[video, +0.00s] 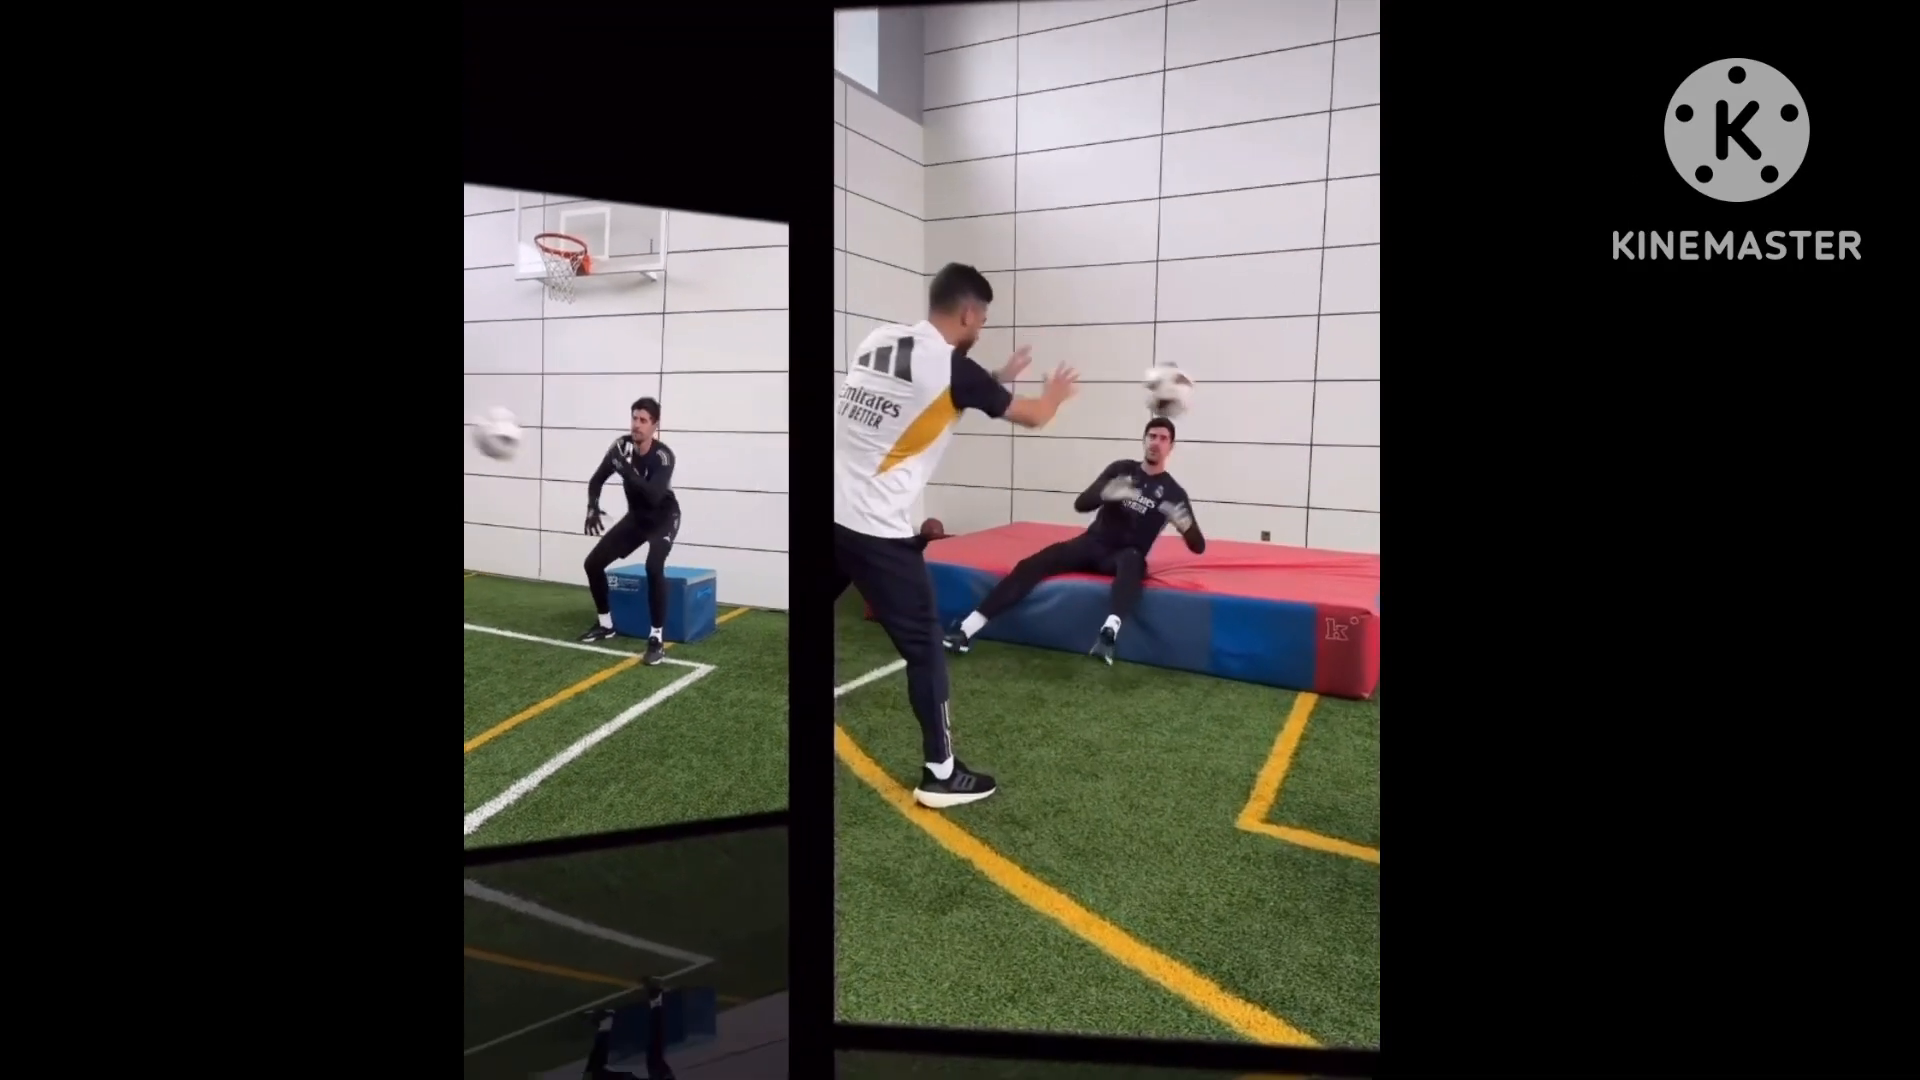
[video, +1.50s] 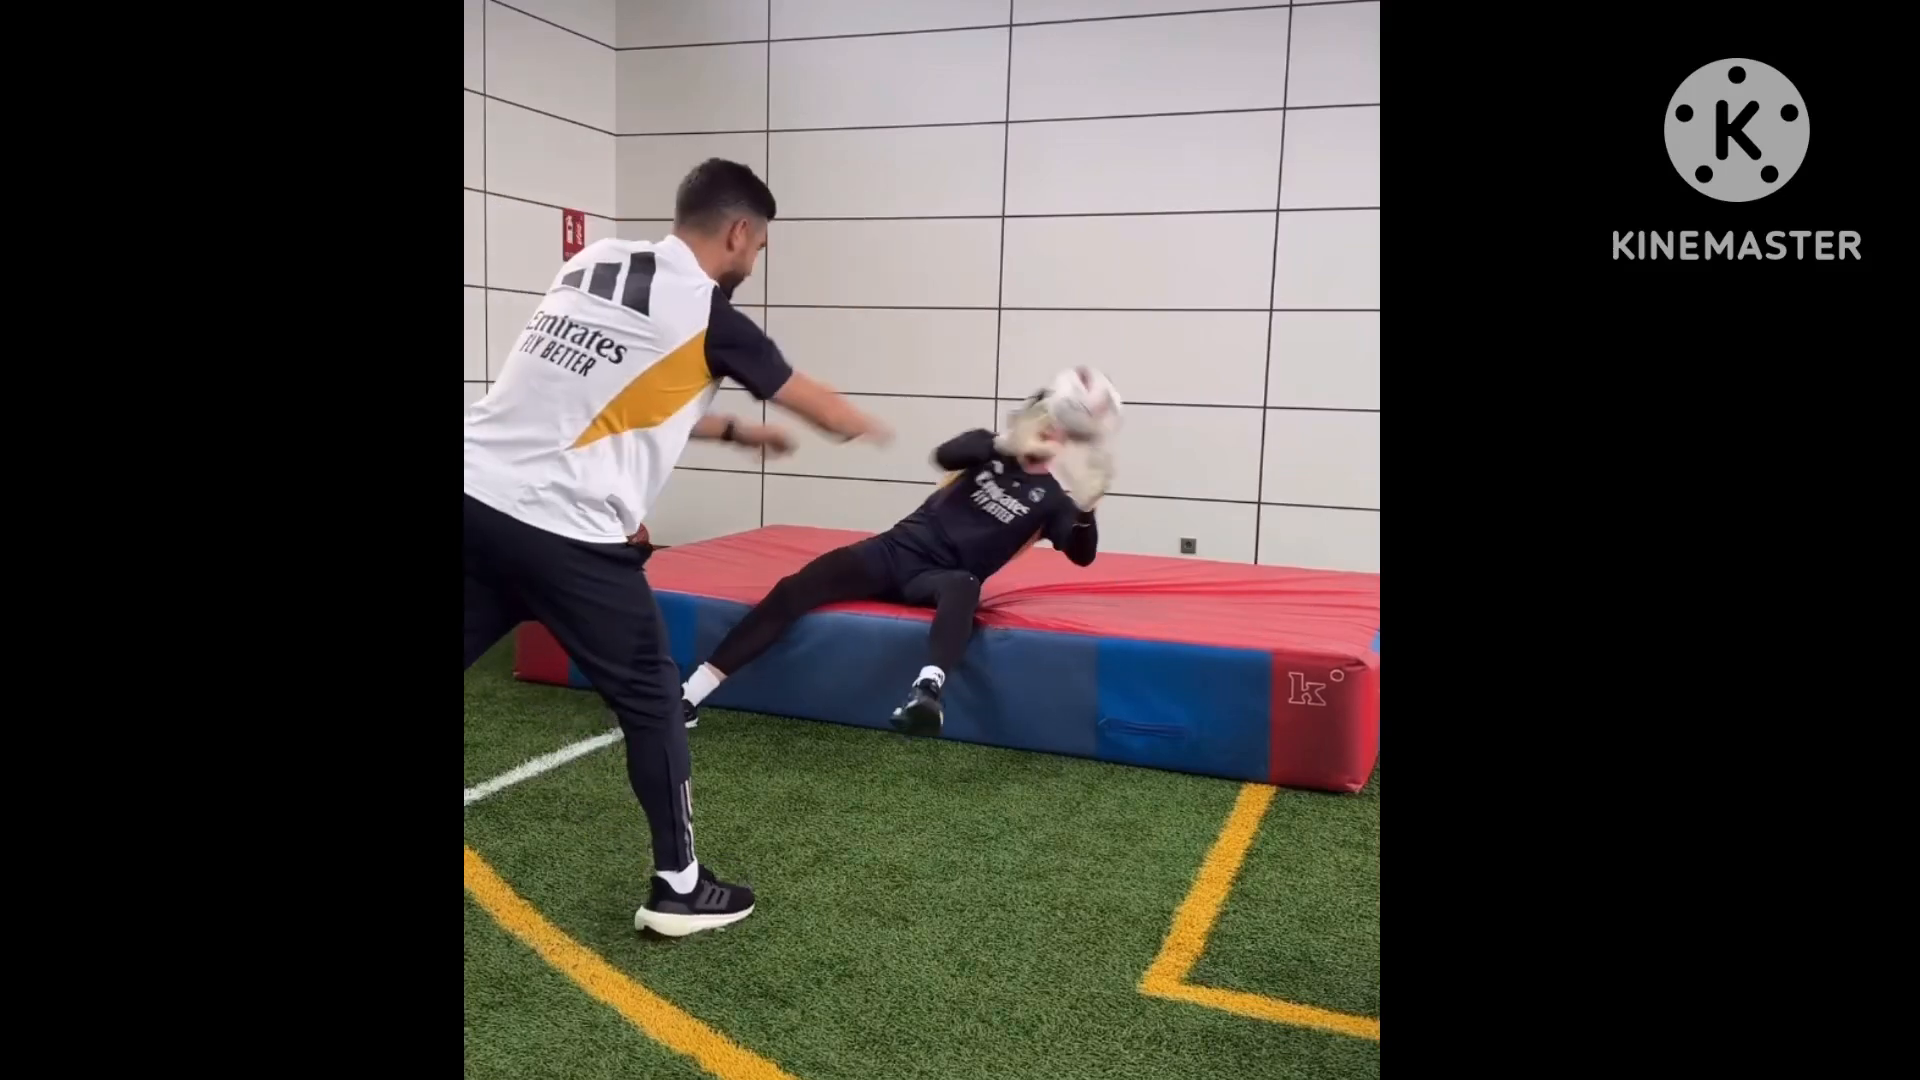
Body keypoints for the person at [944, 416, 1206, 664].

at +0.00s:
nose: (1156, 442)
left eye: (1163, 438)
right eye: (1152, 437)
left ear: (1171, 447)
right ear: (1144, 441)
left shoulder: (1173, 493)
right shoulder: (1121, 470)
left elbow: (1198, 547)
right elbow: (1081, 504)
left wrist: (1185, 524)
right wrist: (1105, 494)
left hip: (1125, 555)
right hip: (1091, 546)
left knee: (1133, 561)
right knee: (1032, 566)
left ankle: (1109, 634)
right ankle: (965, 631)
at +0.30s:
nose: (1165, 501)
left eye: (1171, 502)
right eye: (1162, 492)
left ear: (1168, 513)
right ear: (1141, 486)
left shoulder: (1137, 554)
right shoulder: (1108, 495)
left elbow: (1174, 578)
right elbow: (1140, 460)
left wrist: (1216, 538)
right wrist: (1199, 474)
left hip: (1036, 571)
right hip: (1008, 535)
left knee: (1043, 596)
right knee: (927, 576)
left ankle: (1015, 645)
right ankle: (829, 629)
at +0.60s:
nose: (1162, 538)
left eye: (1173, 542)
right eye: (1163, 526)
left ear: (1171, 560)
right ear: (1147, 517)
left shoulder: (1128, 583)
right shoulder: (1108, 517)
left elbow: (1132, 590)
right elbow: (1103, 457)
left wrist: (1187, 551)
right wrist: (1174, 480)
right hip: (994, 523)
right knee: (888, 510)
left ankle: (923, 617)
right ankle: (748, 551)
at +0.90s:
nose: (1103, 488)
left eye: (1116, 485)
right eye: (1100, 479)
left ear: (1132, 501)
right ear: (1090, 482)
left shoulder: (1108, 562)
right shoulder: (1050, 496)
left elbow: (1116, 602)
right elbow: (993, 467)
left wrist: (1090, 585)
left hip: (990, 586)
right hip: (952, 551)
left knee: (988, 603)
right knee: (854, 554)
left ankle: (923, 690)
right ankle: (728, 605)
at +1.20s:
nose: (997, 399)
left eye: (1010, 393)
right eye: (992, 389)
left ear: (1027, 406)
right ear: (980, 398)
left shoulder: (1039, 478)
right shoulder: (947, 450)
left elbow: (1073, 567)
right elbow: (889, 503)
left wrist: (1025, 576)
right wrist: (875, 530)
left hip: (962, 580)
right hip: (906, 567)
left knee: (968, 584)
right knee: (806, 566)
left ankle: (911, 700)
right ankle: (709, 678)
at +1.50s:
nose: (1046, 437)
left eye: (1058, 434)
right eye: (1042, 426)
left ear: (1068, 445)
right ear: (1026, 425)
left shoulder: (1054, 499)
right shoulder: (990, 449)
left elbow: (1082, 556)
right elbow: (943, 455)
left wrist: (1087, 505)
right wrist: (1007, 446)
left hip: (939, 574)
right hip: (895, 548)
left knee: (964, 586)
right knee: (793, 589)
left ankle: (927, 692)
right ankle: (689, 696)